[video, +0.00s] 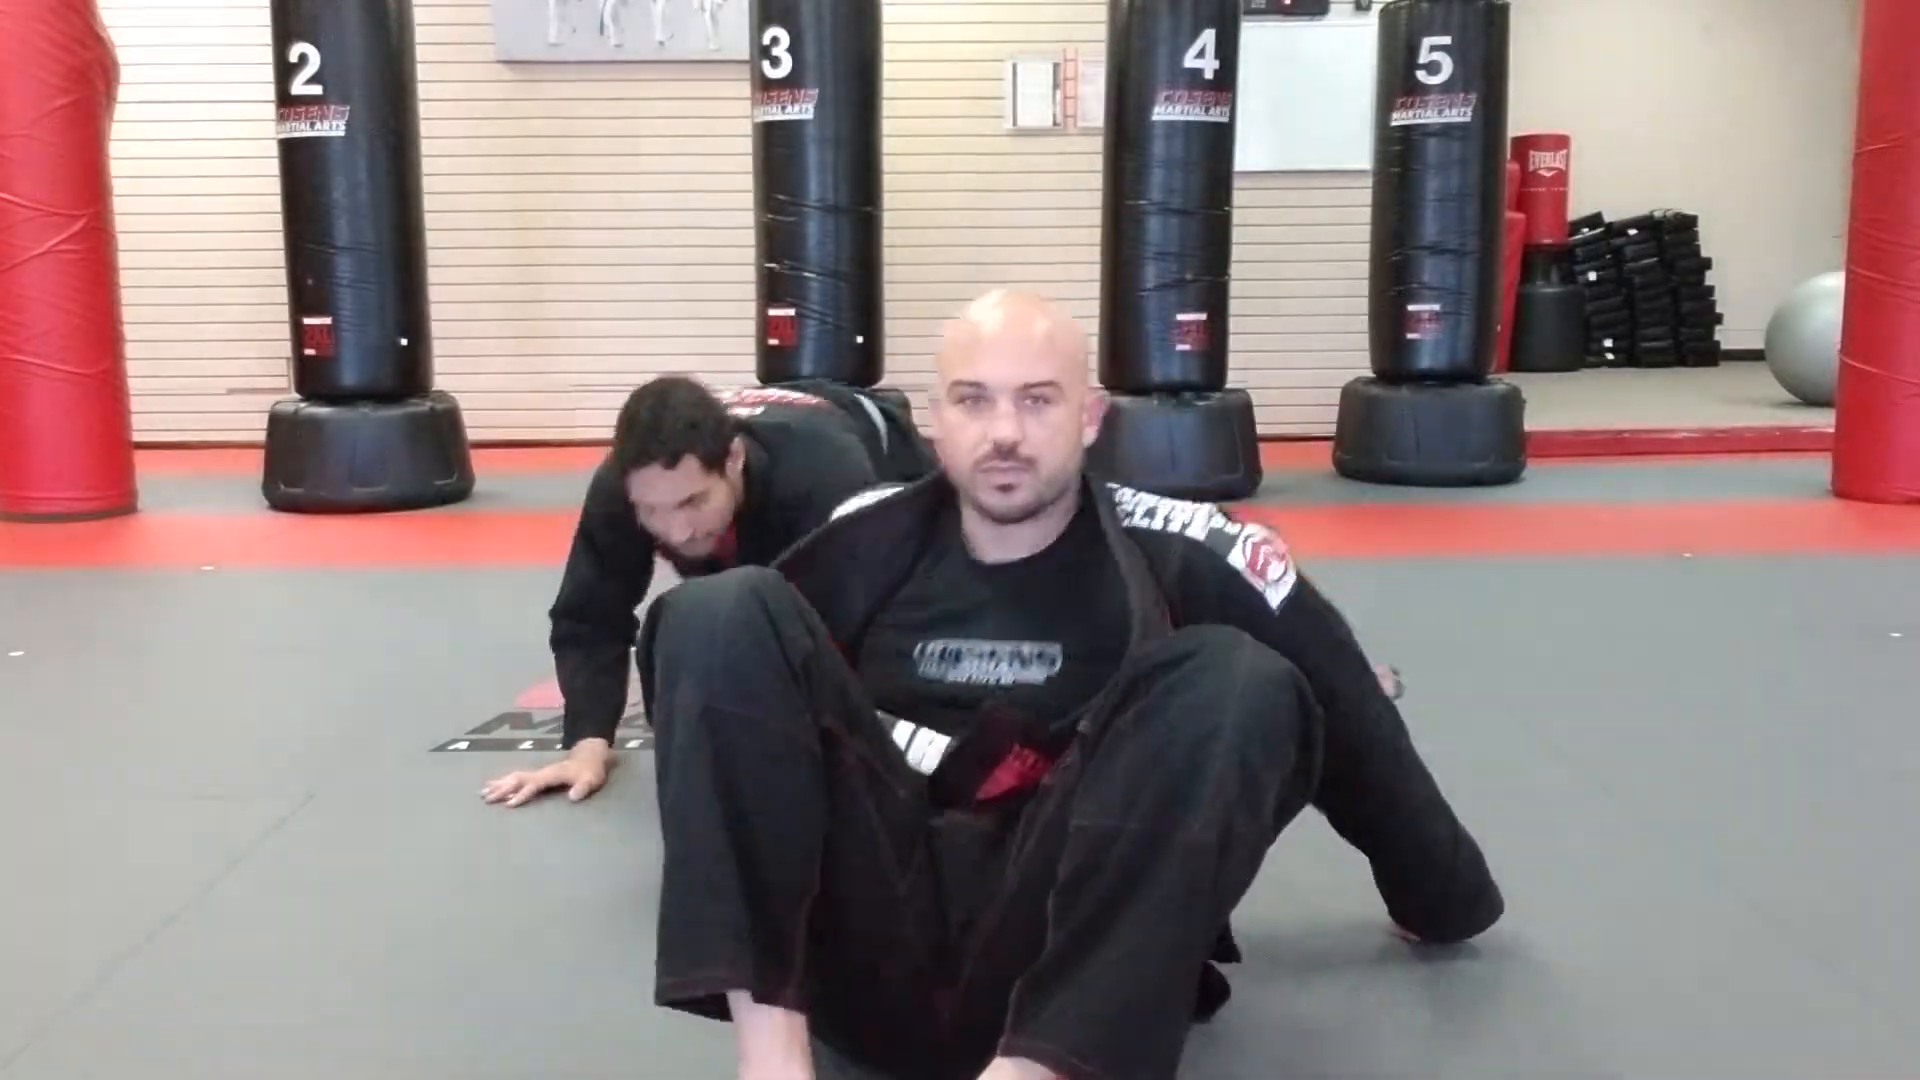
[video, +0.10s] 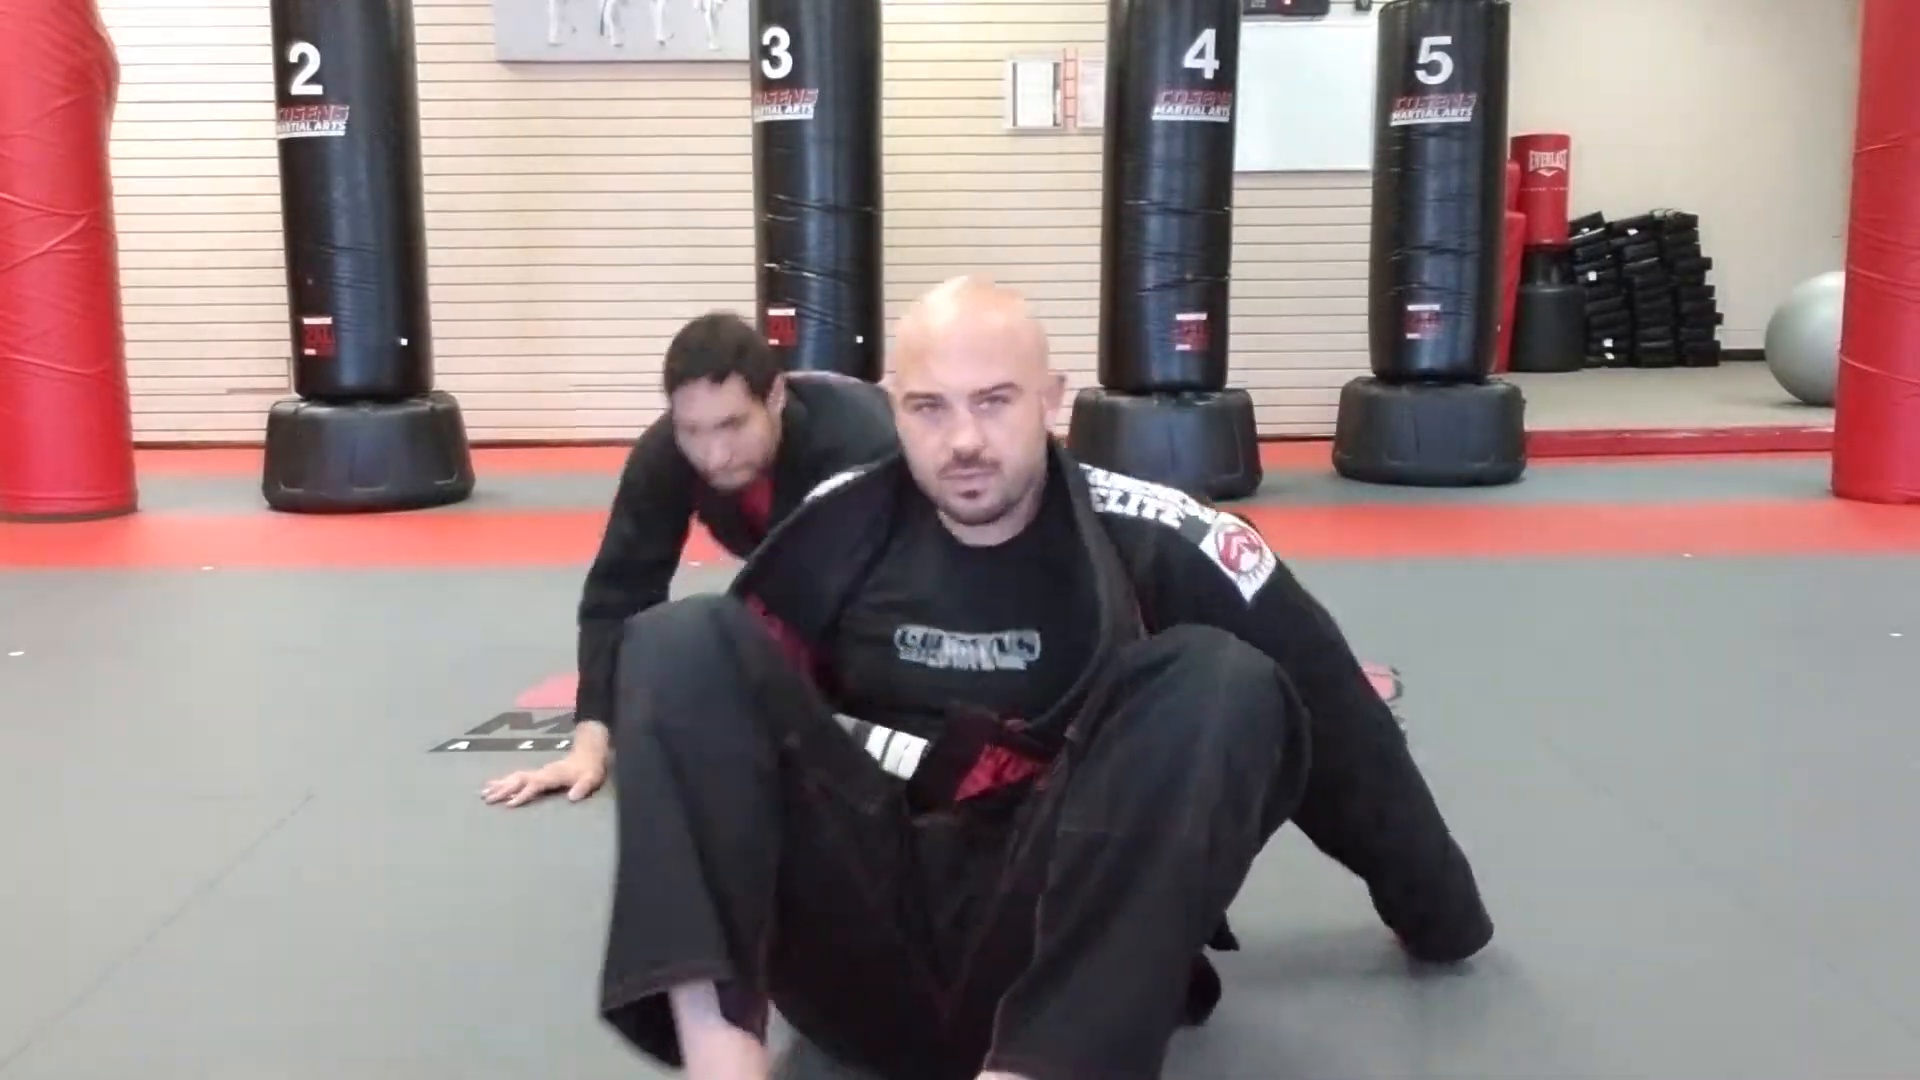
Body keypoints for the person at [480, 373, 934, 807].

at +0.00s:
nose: (674, 532)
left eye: (692, 503)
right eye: (651, 510)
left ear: (733, 462)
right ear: (628, 491)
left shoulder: (820, 484)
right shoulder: (626, 484)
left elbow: (852, 620)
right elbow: (590, 614)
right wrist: (588, 747)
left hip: (880, 431)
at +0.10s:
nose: (714, 455)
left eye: (733, 426)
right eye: (693, 431)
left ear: (777, 399)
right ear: (673, 416)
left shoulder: (852, 442)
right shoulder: (666, 456)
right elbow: (618, 593)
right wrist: (590, 742)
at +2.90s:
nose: (915, 420)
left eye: (932, 404)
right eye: (898, 404)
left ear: (962, 382)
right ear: (881, 384)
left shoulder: (1018, 398)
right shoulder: (852, 409)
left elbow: (1072, 520)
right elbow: (801, 513)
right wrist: (772, 621)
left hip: (1015, 549)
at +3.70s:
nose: (962, 324)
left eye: (978, 305)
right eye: (948, 305)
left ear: (1003, 298)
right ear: (931, 299)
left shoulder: (1048, 356)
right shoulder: (887, 357)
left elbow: (1077, 457)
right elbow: (854, 455)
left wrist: (1027, 533)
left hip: (1012, 533)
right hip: (913, 530)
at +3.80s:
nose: (958, 352)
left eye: (975, 333)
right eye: (943, 332)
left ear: (999, 323)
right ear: (926, 324)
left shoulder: (1045, 371)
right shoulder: (884, 371)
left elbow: (1082, 471)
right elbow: (847, 465)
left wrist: (1041, 524)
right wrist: (845, 513)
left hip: (1010, 518)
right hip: (913, 513)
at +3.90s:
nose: (952, 377)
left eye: (968, 357)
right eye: (936, 356)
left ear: (993, 343)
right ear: (917, 340)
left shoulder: (1038, 382)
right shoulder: (879, 382)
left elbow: (1081, 498)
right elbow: (820, 484)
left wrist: (1042, 525)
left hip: (1008, 539)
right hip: (904, 534)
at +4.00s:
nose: (947, 386)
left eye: (963, 368)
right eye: (930, 367)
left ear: (989, 349)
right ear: (910, 349)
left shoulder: (1035, 381)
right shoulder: (870, 387)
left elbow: (1081, 500)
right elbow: (825, 496)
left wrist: (1052, 510)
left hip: (1006, 520)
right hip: (907, 517)